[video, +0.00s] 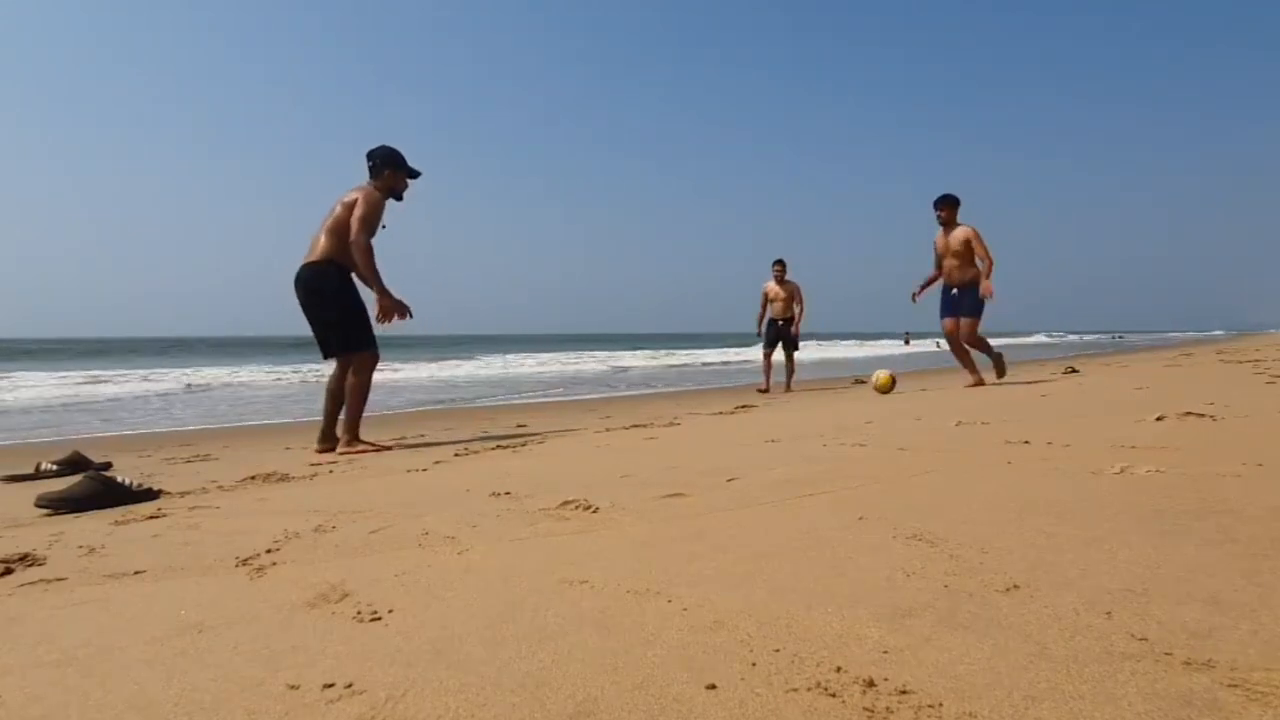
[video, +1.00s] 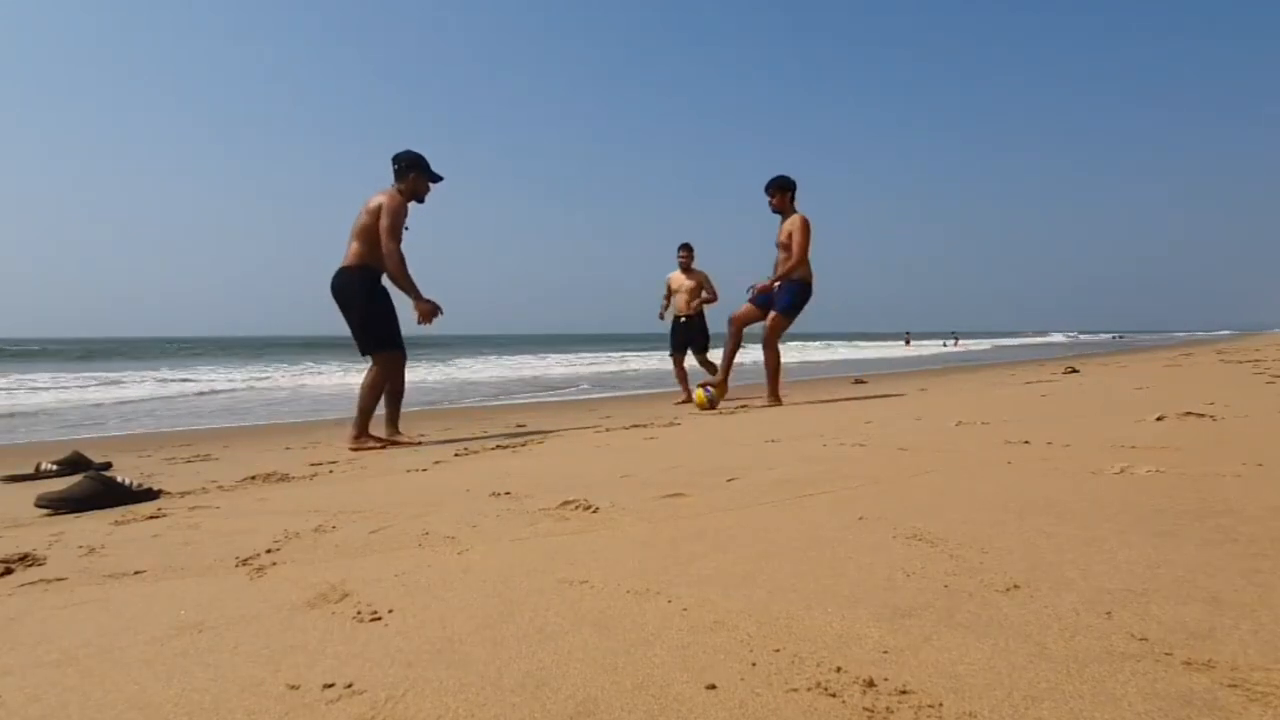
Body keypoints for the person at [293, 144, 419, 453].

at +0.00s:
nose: (406, 184)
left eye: (407, 178)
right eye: (403, 177)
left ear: (381, 174)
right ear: (386, 174)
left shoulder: (356, 197)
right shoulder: (371, 197)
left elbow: (352, 258)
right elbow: (357, 242)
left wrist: (384, 296)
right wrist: (382, 292)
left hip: (311, 276)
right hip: (329, 276)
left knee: (347, 358)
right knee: (366, 356)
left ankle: (327, 437)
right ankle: (350, 438)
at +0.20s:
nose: (408, 183)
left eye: (408, 177)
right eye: (404, 176)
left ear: (383, 175)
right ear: (387, 174)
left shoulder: (361, 198)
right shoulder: (370, 197)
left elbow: (361, 259)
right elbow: (357, 245)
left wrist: (390, 301)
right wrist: (383, 293)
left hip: (317, 277)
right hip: (332, 277)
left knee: (348, 359)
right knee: (368, 356)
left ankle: (326, 437)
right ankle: (350, 438)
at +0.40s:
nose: (407, 180)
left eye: (407, 174)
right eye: (404, 173)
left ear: (381, 171)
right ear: (387, 170)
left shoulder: (359, 194)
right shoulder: (372, 194)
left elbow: (361, 260)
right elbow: (363, 242)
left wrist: (389, 297)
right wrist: (391, 295)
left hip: (322, 276)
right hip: (338, 276)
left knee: (347, 360)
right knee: (368, 357)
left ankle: (326, 438)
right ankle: (348, 438)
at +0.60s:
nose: (408, 176)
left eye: (408, 170)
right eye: (404, 169)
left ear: (382, 168)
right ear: (387, 166)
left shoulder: (362, 192)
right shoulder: (375, 191)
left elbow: (363, 258)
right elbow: (369, 241)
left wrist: (389, 298)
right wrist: (402, 289)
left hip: (336, 275)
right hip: (345, 276)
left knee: (369, 357)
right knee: (373, 357)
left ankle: (334, 431)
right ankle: (347, 438)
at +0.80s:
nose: (419, 180)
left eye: (420, 174)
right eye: (416, 173)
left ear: (393, 173)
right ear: (400, 171)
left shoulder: (373, 199)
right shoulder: (386, 198)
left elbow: (376, 261)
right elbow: (381, 248)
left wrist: (403, 296)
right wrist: (409, 297)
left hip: (351, 280)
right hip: (354, 280)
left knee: (389, 358)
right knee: (376, 360)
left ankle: (390, 433)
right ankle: (348, 438)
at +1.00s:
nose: (429, 188)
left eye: (429, 182)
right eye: (426, 181)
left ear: (405, 179)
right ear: (410, 178)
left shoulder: (388, 203)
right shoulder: (391, 202)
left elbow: (390, 262)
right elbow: (390, 256)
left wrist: (417, 299)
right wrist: (418, 298)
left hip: (366, 283)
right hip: (357, 283)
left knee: (396, 358)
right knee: (384, 359)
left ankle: (392, 431)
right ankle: (358, 433)